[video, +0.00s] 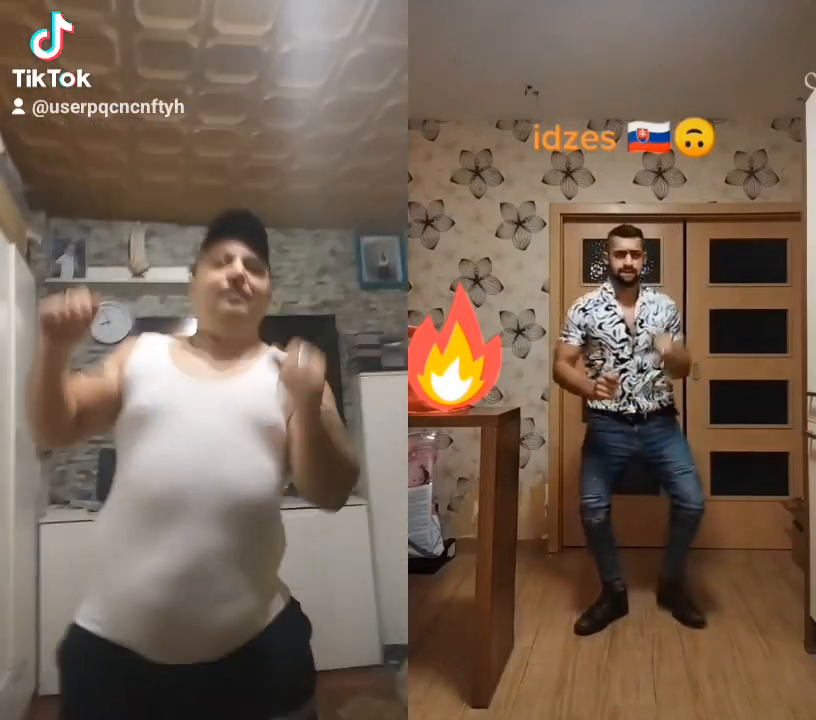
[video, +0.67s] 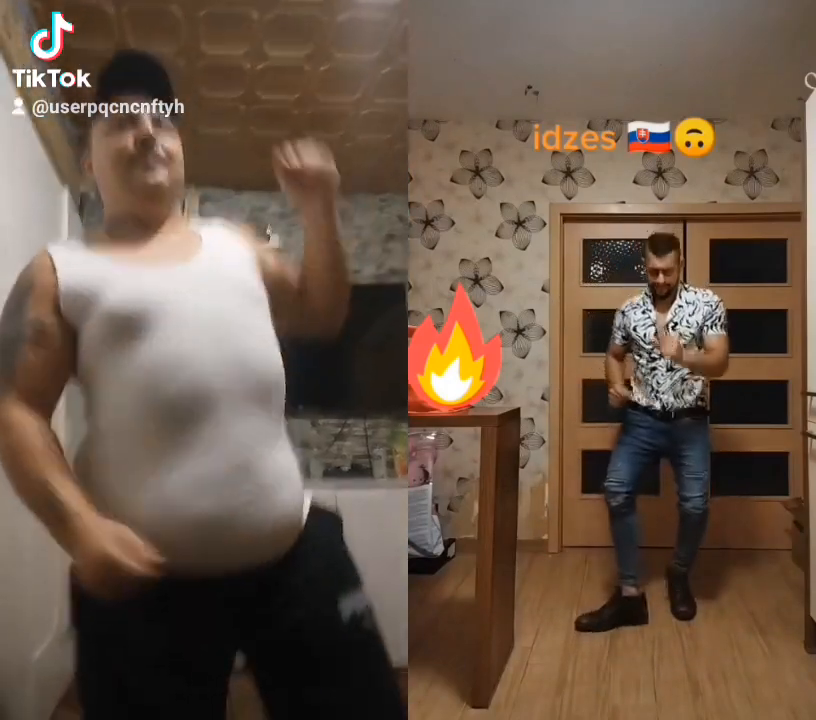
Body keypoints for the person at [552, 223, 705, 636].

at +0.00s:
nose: (628, 262)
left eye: (635, 255)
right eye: (620, 255)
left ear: (644, 259)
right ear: (608, 259)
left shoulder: (662, 306)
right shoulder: (585, 309)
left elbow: (682, 369)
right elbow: (562, 365)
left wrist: (672, 355)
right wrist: (589, 387)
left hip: (660, 424)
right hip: (607, 425)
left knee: (691, 502)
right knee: (592, 508)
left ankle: (672, 587)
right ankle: (613, 594)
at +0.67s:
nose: (660, 280)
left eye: (667, 271)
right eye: (653, 272)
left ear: (681, 266)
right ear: (644, 268)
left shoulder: (707, 304)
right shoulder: (629, 313)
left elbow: (719, 362)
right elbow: (614, 356)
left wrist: (682, 354)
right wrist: (617, 385)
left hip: (689, 422)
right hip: (642, 419)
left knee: (695, 505)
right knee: (616, 492)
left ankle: (680, 576)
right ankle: (630, 596)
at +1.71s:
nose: (623, 288)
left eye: (629, 281)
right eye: (616, 280)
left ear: (635, 282)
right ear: (600, 280)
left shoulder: (649, 314)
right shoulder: (578, 321)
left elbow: (674, 372)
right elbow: (555, 370)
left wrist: (669, 362)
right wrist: (566, 388)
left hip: (649, 422)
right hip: (602, 425)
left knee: (677, 490)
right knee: (584, 498)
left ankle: (654, 579)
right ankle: (605, 570)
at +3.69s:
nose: (661, 270)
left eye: (667, 264)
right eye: (655, 265)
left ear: (678, 268)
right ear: (646, 271)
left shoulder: (697, 312)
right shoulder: (626, 310)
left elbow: (719, 365)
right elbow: (603, 356)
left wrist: (703, 349)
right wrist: (611, 375)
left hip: (679, 413)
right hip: (633, 411)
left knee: (686, 487)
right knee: (605, 478)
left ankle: (673, 563)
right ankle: (624, 569)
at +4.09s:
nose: (646, 265)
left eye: (653, 259)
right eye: (640, 260)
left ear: (665, 263)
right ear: (634, 265)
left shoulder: (689, 302)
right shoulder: (619, 310)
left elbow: (702, 354)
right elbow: (604, 354)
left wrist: (659, 339)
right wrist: (605, 376)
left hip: (678, 414)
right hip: (631, 412)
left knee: (689, 488)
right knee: (603, 478)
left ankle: (673, 564)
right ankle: (617, 565)